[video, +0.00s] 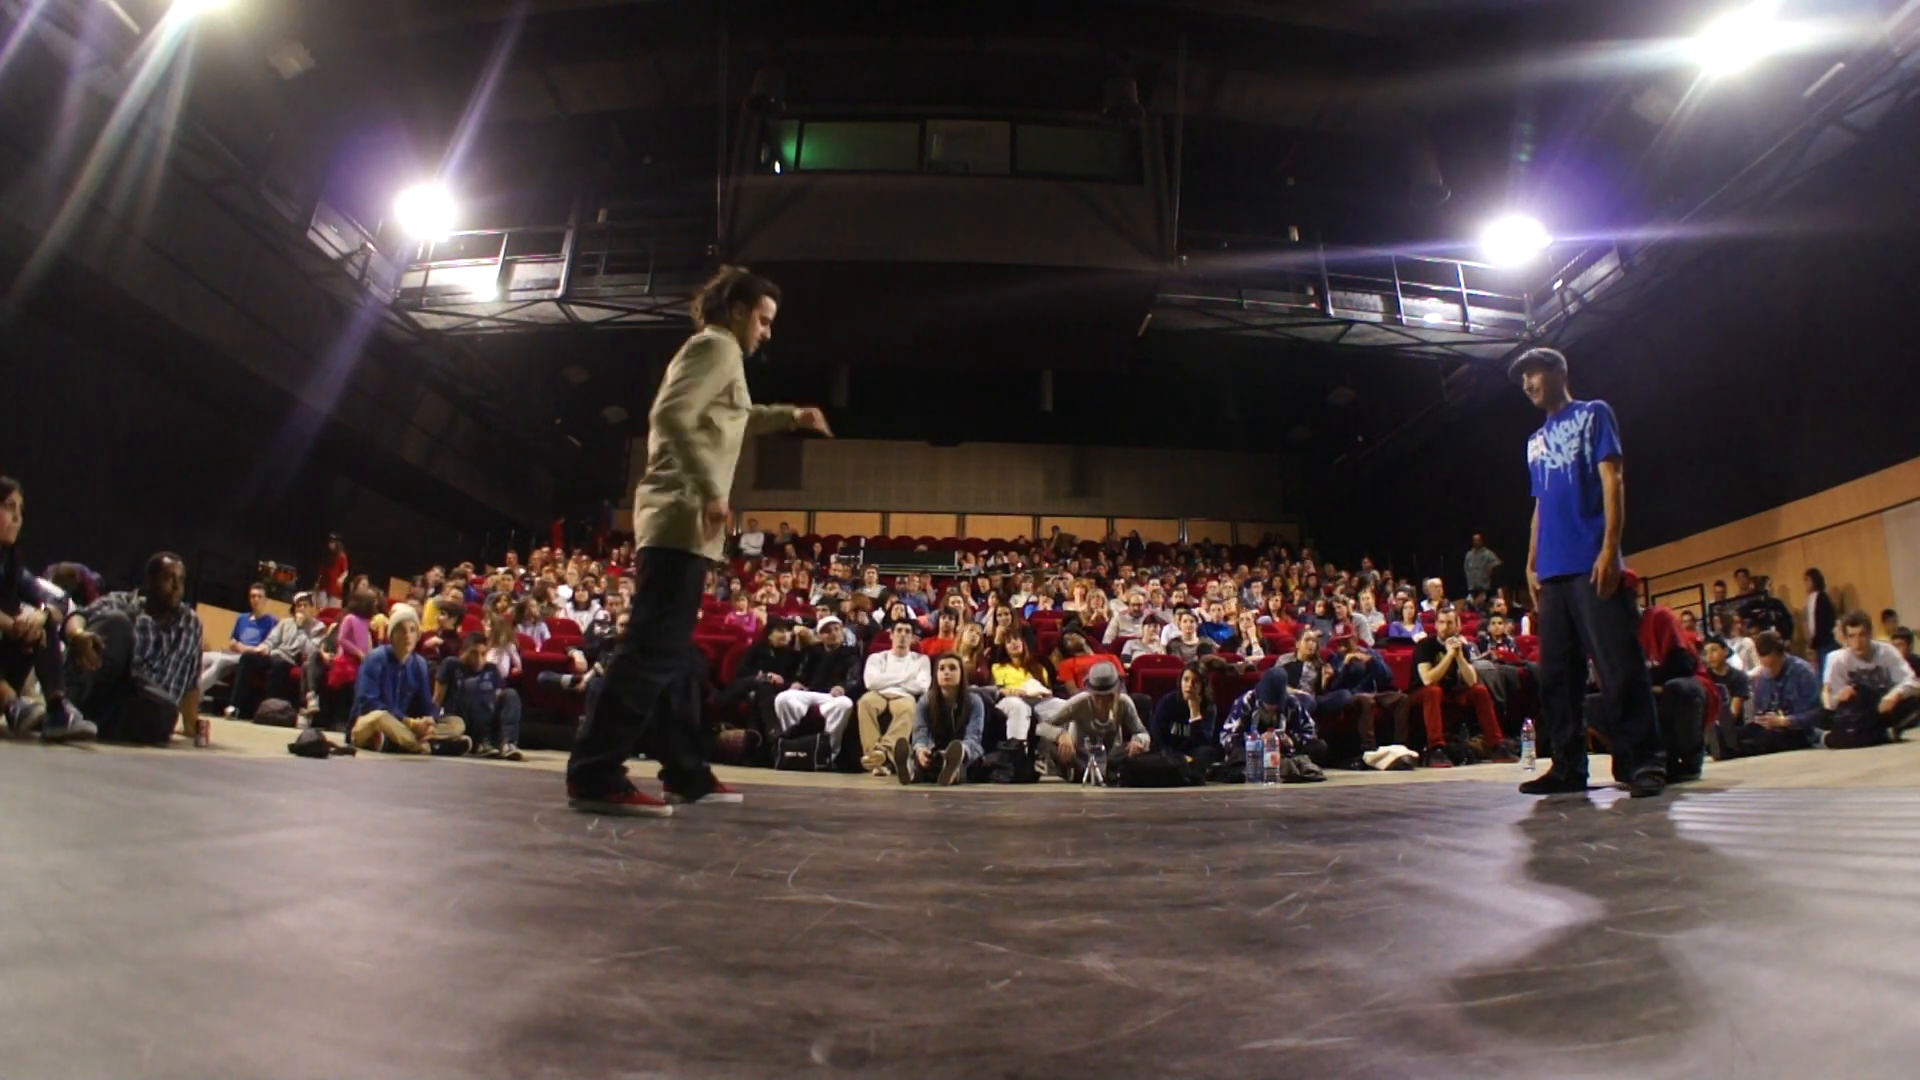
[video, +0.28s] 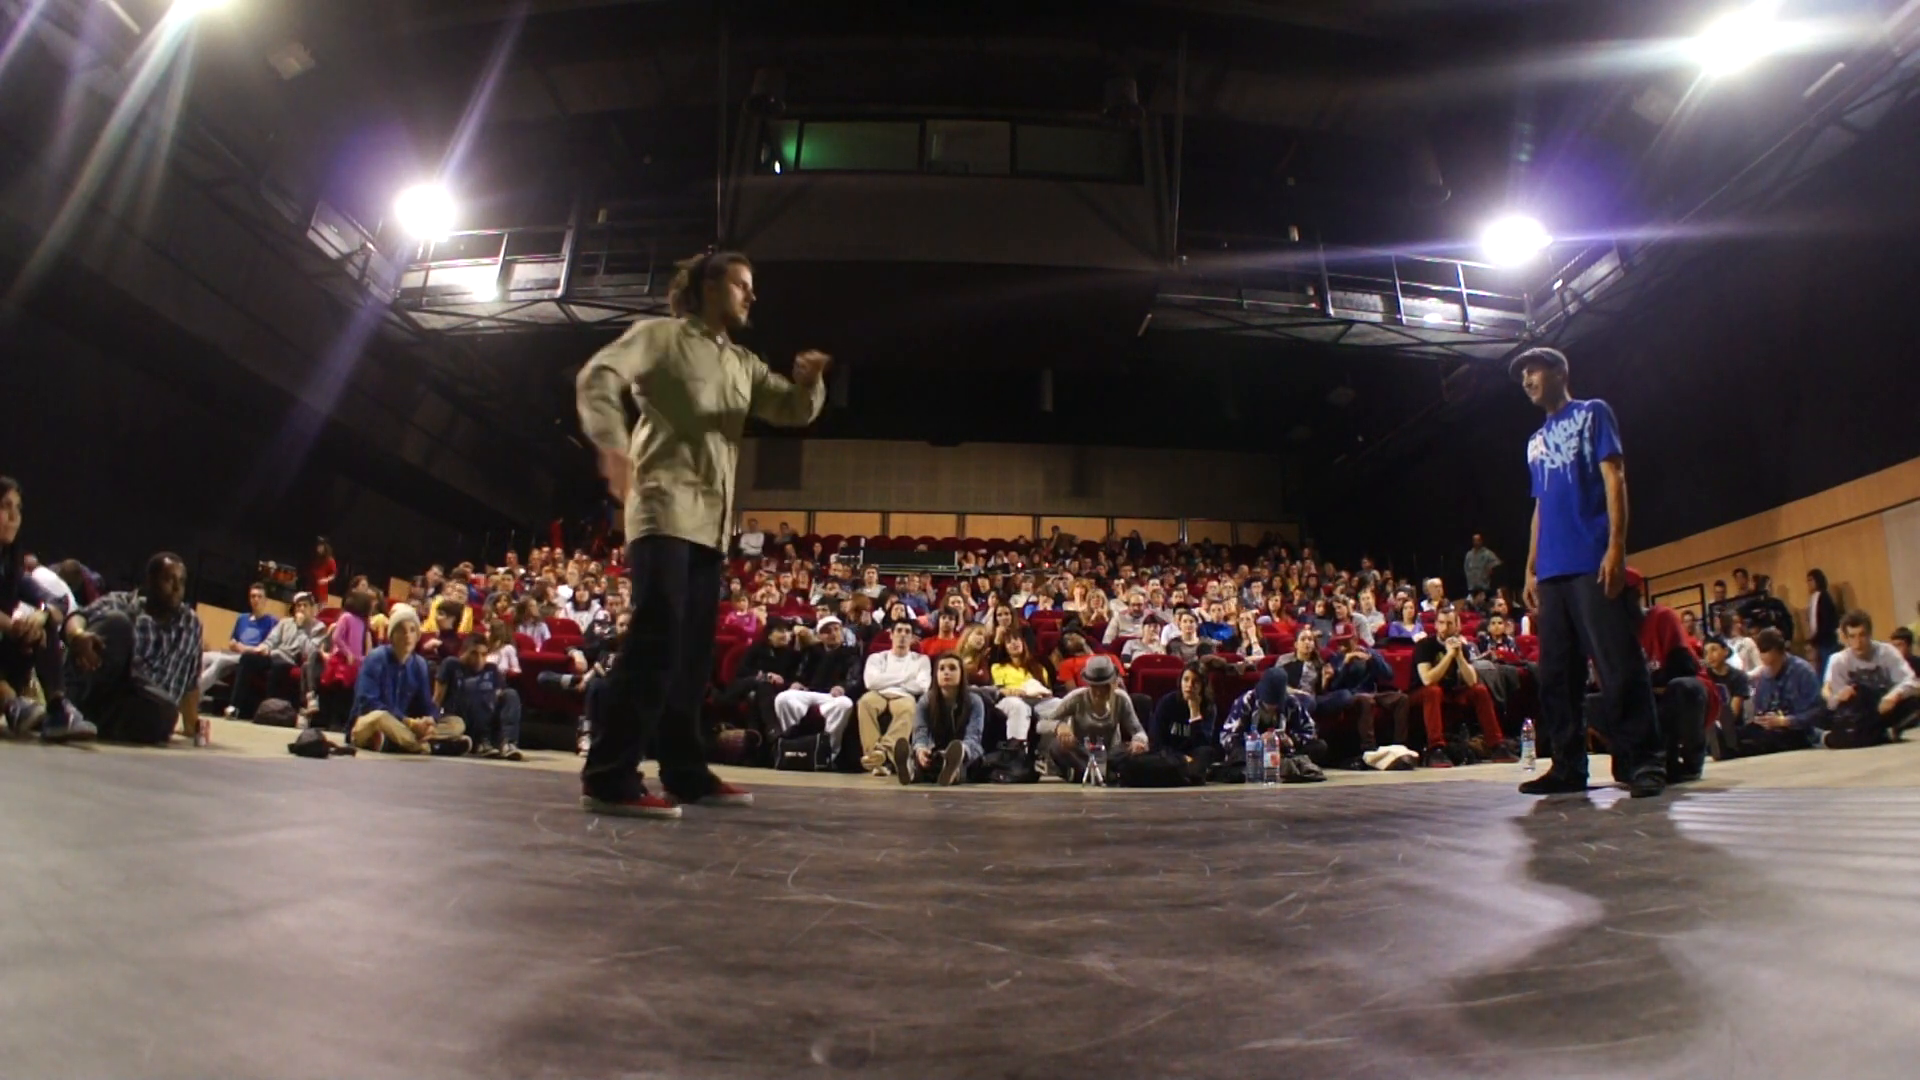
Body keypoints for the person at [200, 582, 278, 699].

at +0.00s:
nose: (256, 600)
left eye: (259, 596)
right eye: (253, 596)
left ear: (265, 599)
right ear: (249, 599)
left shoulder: (272, 622)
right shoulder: (242, 618)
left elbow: (266, 648)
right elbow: (233, 639)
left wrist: (243, 648)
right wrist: (235, 645)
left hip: (253, 656)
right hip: (235, 653)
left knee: (221, 661)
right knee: (203, 657)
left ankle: (195, 692)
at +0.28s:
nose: (256, 600)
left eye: (259, 596)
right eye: (253, 596)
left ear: (265, 599)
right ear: (249, 599)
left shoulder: (271, 622)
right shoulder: (242, 618)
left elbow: (265, 648)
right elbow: (233, 641)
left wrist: (242, 647)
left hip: (253, 656)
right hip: (235, 653)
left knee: (221, 661)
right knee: (204, 657)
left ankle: (194, 692)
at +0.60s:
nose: (256, 600)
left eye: (260, 597)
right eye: (253, 596)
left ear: (266, 600)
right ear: (250, 599)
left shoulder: (271, 621)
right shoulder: (242, 618)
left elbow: (265, 648)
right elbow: (233, 641)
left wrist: (242, 647)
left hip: (253, 656)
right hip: (235, 654)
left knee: (221, 661)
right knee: (204, 657)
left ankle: (195, 692)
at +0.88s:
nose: (256, 600)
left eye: (259, 596)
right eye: (253, 596)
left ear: (265, 599)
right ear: (249, 599)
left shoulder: (271, 621)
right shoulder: (242, 618)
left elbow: (267, 647)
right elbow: (233, 640)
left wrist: (244, 648)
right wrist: (237, 646)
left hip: (254, 656)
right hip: (235, 653)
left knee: (221, 661)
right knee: (203, 657)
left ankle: (195, 692)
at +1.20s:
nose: (256, 600)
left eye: (260, 596)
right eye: (253, 596)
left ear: (266, 600)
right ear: (250, 599)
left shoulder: (271, 621)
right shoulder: (241, 618)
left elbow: (266, 647)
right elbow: (233, 641)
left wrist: (242, 647)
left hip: (254, 655)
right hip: (236, 653)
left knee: (221, 661)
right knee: (204, 656)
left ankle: (195, 691)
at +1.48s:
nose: (253, 600)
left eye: (257, 597)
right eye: (251, 596)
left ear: (266, 600)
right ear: (248, 599)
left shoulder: (272, 622)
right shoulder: (242, 618)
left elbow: (265, 648)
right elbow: (233, 640)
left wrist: (241, 647)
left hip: (254, 656)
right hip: (236, 653)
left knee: (221, 661)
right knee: (204, 657)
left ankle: (194, 691)